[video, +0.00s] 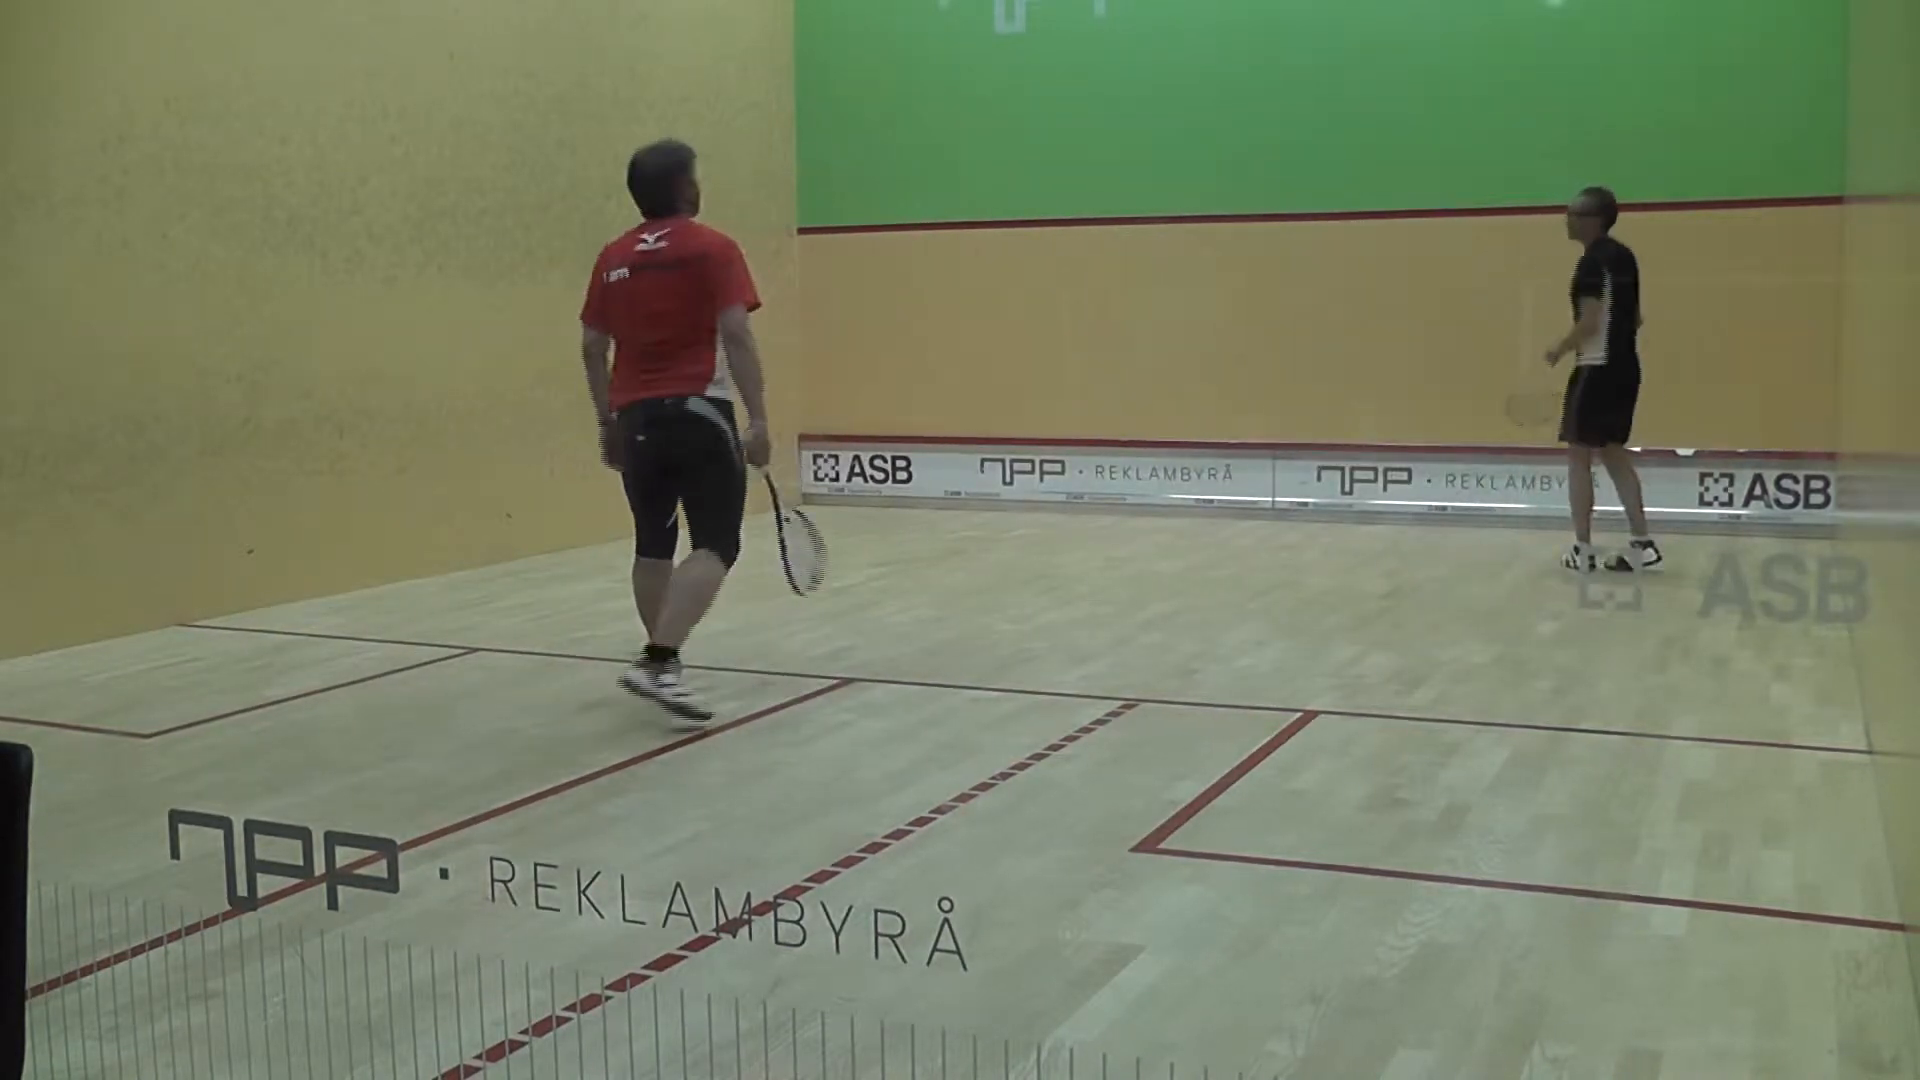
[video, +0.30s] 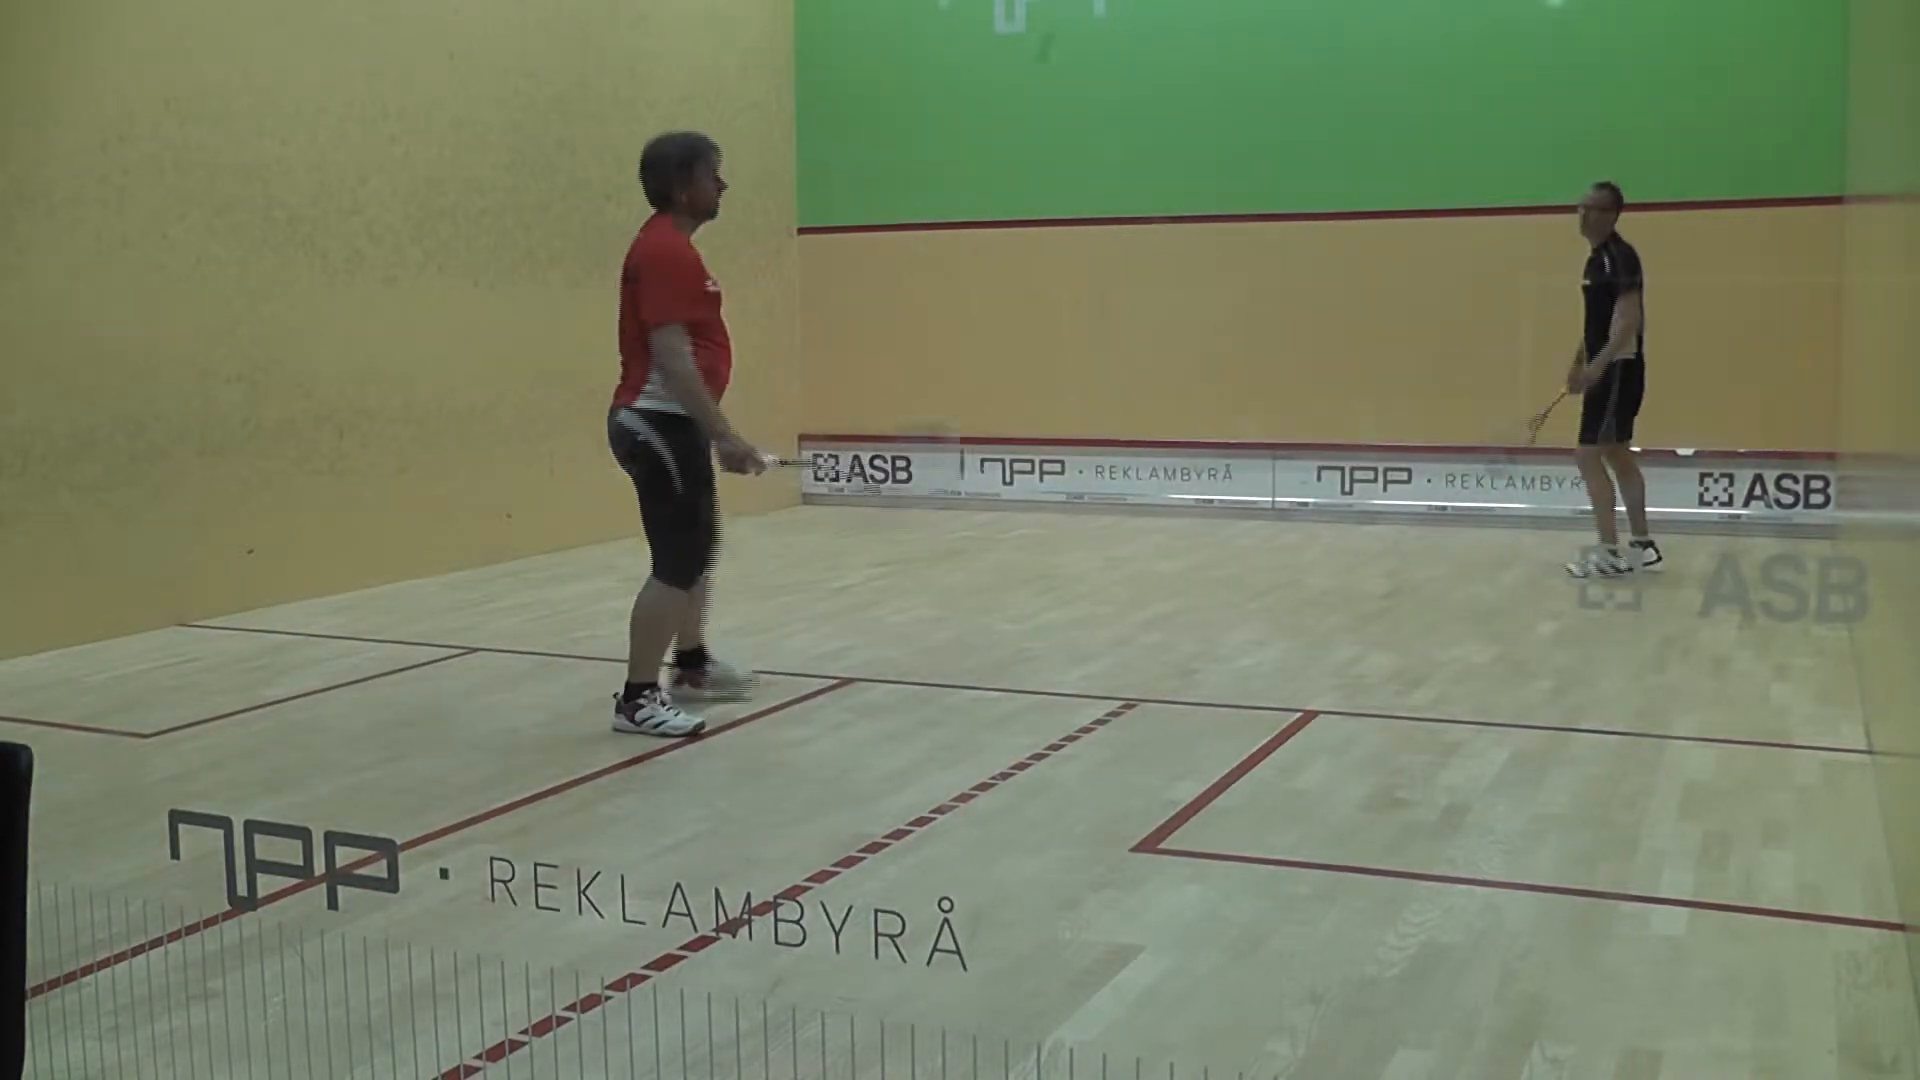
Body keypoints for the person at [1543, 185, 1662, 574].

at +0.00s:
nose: (1567, 220)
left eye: (1574, 214)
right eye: (1569, 213)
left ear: (1594, 220)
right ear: (1600, 220)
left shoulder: (1591, 261)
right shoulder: (1624, 256)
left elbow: (1591, 321)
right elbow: (1635, 319)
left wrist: (1560, 347)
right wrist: (1600, 341)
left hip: (1595, 370)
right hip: (1623, 369)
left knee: (1579, 457)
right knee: (1614, 452)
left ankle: (1582, 548)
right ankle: (1643, 542)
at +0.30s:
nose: (1582, 216)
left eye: (1591, 210)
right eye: (1582, 208)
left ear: (1612, 215)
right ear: (1585, 213)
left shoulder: (1621, 257)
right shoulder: (1596, 259)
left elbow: (1628, 323)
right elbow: (1596, 323)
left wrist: (1596, 366)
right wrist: (1578, 364)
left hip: (1621, 367)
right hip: (1604, 367)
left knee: (1595, 454)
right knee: (1612, 451)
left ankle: (1613, 551)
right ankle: (1640, 543)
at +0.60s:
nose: (1587, 216)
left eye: (1597, 211)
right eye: (1585, 209)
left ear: (1616, 217)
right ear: (1582, 212)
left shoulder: (1630, 263)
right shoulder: (1580, 262)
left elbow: (1642, 328)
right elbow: (1581, 326)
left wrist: (1634, 387)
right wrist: (1568, 376)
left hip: (1615, 376)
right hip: (1584, 375)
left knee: (1602, 462)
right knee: (1584, 458)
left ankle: (1621, 552)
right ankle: (1628, 535)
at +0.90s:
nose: (1566, 213)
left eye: (1575, 207)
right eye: (1562, 206)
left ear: (1593, 213)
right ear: (1556, 211)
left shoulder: (1613, 257)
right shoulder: (1552, 262)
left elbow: (1638, 319)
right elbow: (1552, 322)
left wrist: (1647, 382)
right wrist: (1534, 373)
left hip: (1604, 375)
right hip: (1560, 374)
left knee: (1604, 465)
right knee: (1533, 456)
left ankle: (1619, 558)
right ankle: (1544, 557)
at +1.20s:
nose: (1521, 219)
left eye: (1530, 212)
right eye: (1517, 211)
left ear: (1549, 217)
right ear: (1512, 216)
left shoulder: (1572, 264)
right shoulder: (1507, 268)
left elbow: (1595, 326)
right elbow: (1501, 332)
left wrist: (1597, 388)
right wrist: (1481, 389)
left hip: (1560, 387)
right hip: (1515, 387)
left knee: (1573, 478)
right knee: (1501, 473)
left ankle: (1610, 546)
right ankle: (1512, 571)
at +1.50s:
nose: (1485, 207)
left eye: (1495, 201)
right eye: (1480, 200)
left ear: (1512, 207)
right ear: (1473, 205)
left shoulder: (1531, 257)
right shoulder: (1460, 258)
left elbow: (1550, 320)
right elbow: (1445, 320)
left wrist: (1555, 383)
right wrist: (1425, 381)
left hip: (1514, 372)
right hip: (1471, 372)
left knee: (1496, 472)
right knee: (1485, 474)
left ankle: (1504, 573)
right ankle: (1508, 567)